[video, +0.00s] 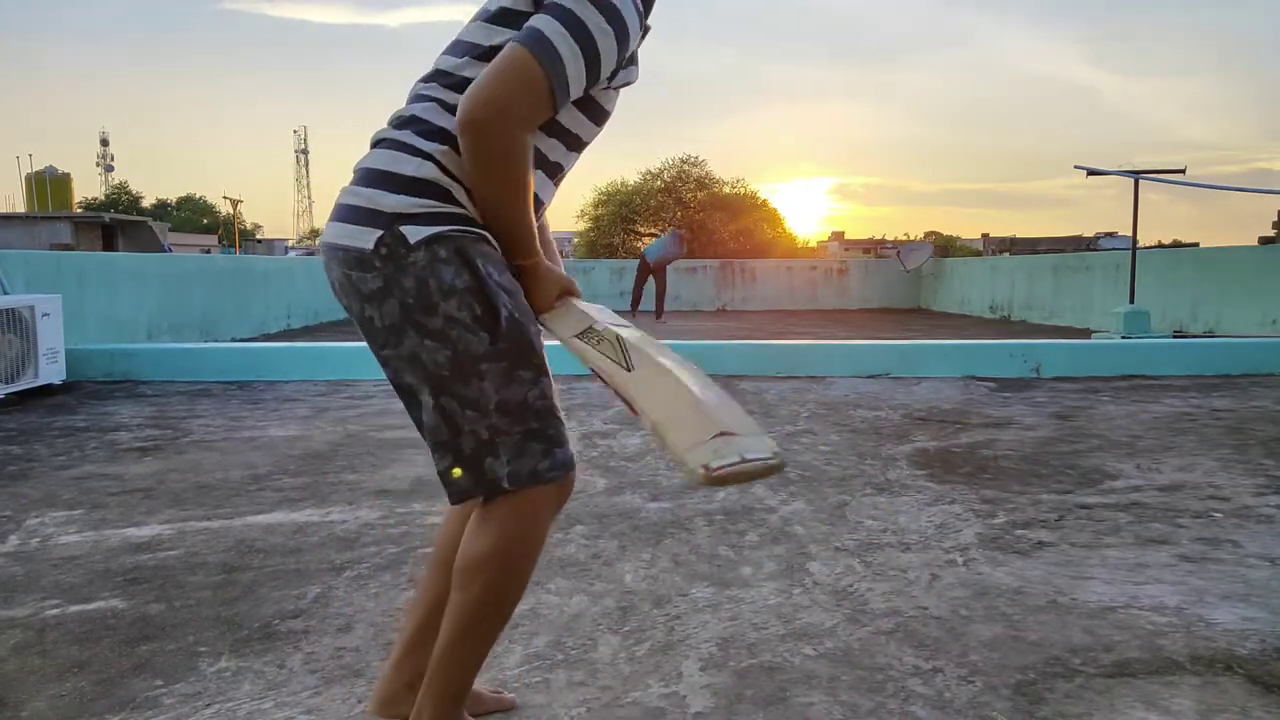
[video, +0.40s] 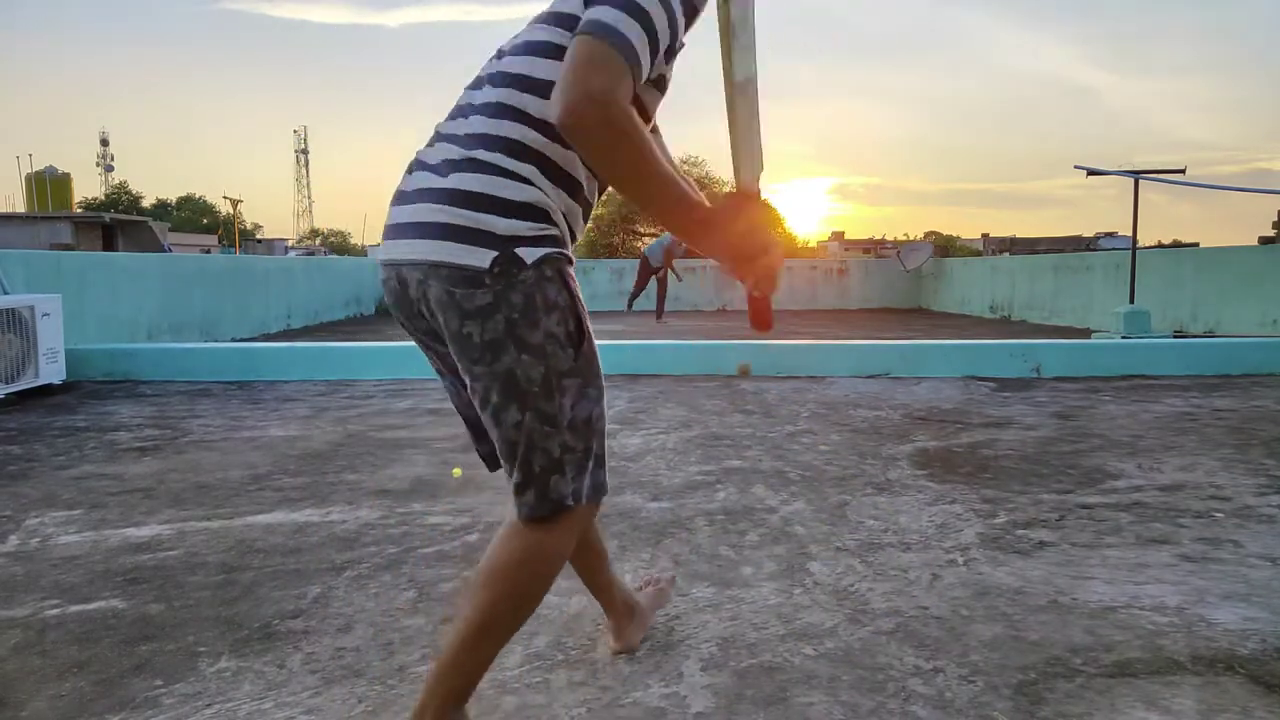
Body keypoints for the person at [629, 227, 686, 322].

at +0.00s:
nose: (685, 235)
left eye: (689, 235)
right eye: (685, 232)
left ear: (690, 238)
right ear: (683, 231)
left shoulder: (682, 251)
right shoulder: (673, 235)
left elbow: (669, 260)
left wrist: (657, 264)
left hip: (660, 264)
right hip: (647, 259)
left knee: (661, 290)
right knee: (638, 286)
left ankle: (659, 317)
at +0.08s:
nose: (686, 237)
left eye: (688, 235)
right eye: (686, 234)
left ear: (690, 237)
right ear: (682, 232)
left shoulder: (682, 245)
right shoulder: (672, 240)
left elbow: (679, 255)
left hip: (661, 260)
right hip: (647, 257)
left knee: (662, 286)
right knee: (635, 282)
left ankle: (659, 316)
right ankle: (620, 308)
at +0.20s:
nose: (687, 241)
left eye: (688, 239)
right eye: (685, 238)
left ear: (690, 241)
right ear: (680, 237)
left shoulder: (683, 250)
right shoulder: (671, 247)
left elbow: (670, 261)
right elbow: (668, 264)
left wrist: (659, 271)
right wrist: (675, 279)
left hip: (661, 267)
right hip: (648, 262)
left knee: (663, 291)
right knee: (631, 283)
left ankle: (659, 316)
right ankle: (613, 304)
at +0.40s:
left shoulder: (681, 246)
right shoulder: (668, 241)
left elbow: (669, 258)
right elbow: (668, 261)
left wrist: (664, 269)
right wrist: (677, 275)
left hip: (662, 264)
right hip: (648, 260)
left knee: (662, 292)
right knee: (640, 286)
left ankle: (659, 317)